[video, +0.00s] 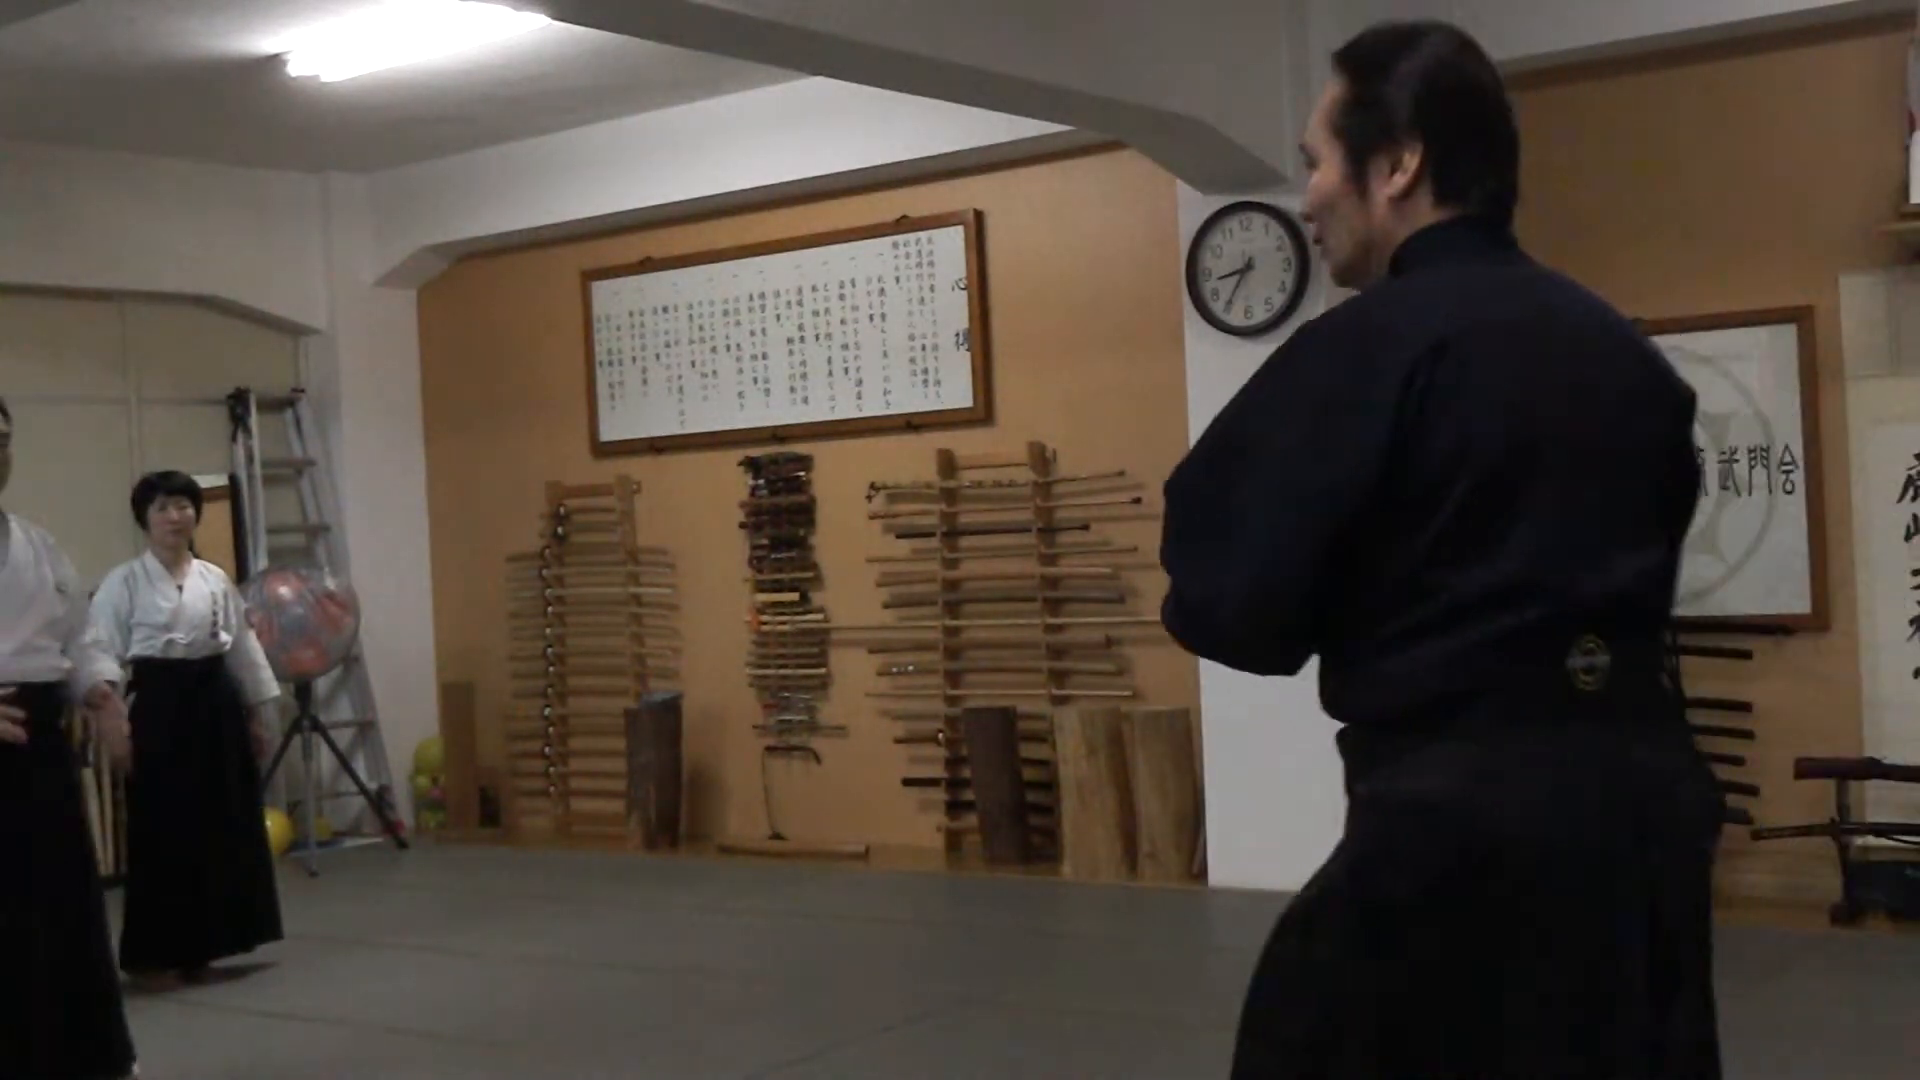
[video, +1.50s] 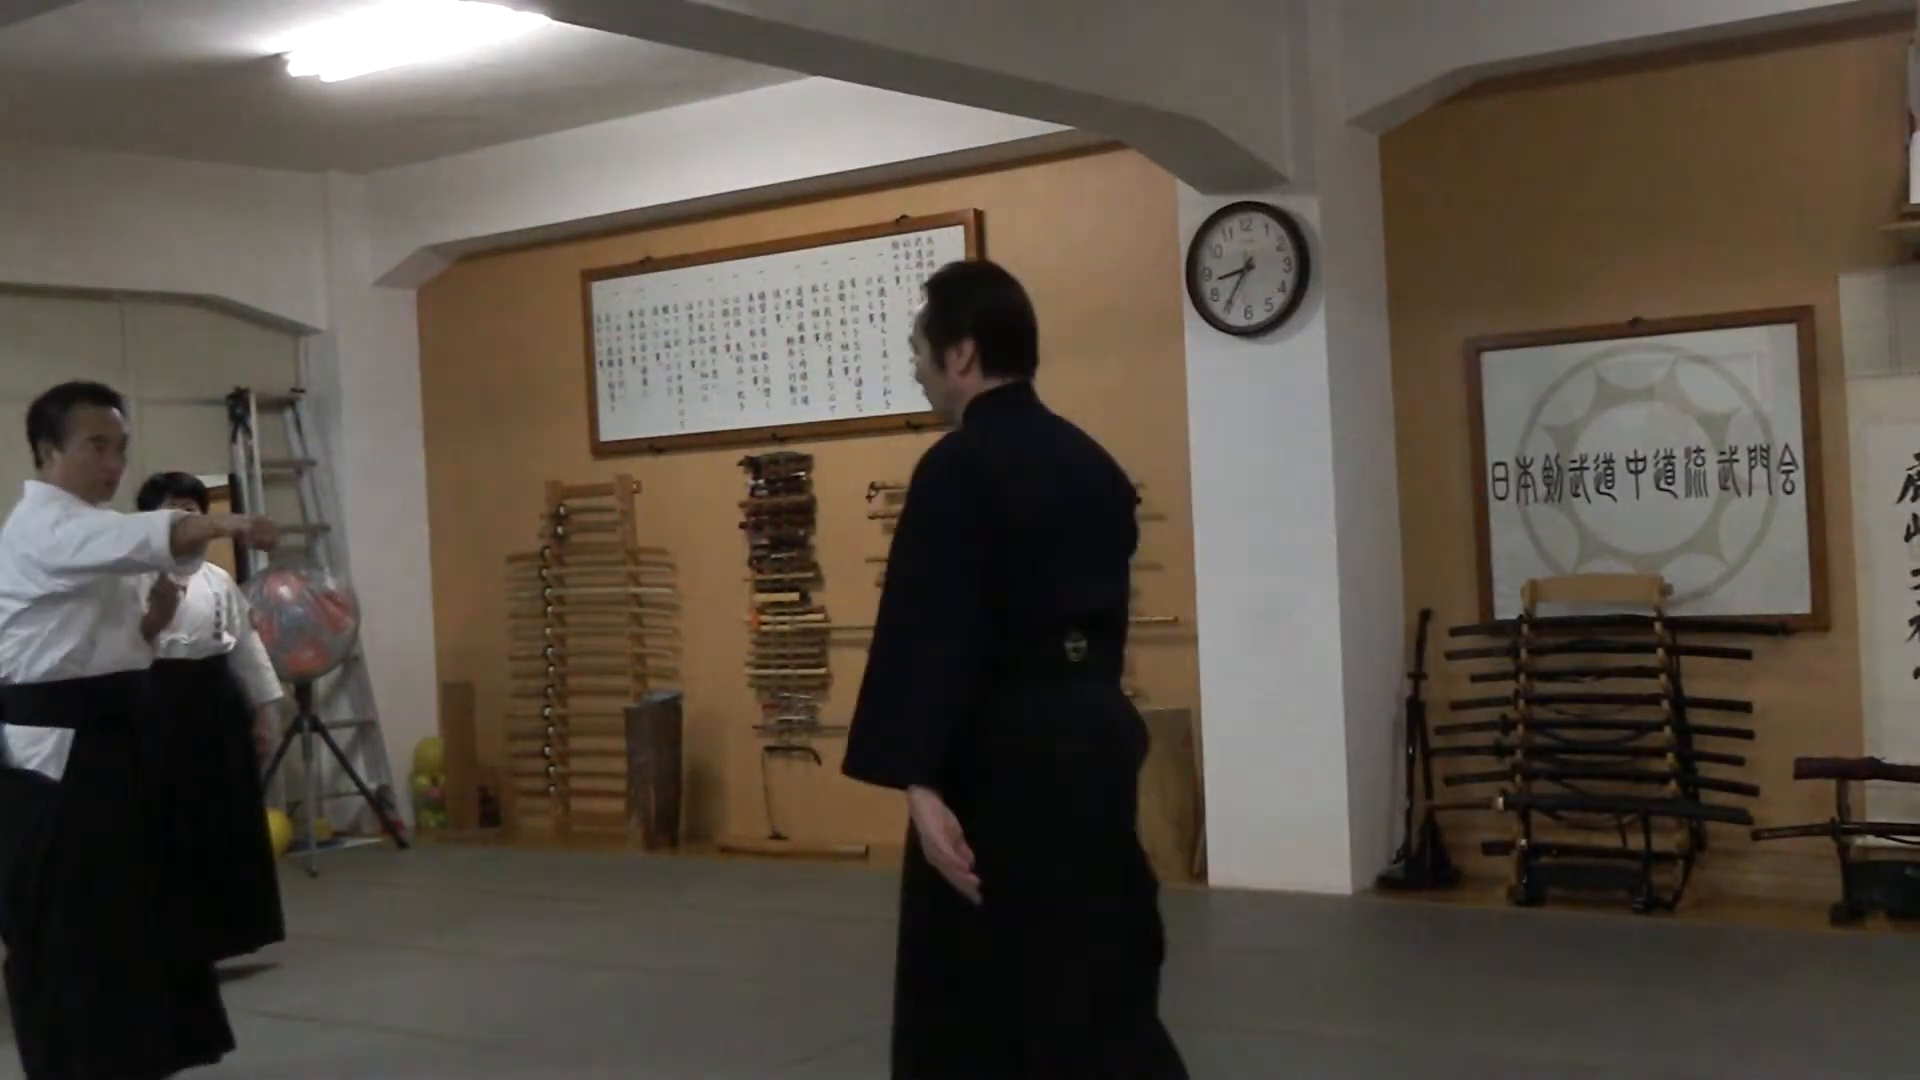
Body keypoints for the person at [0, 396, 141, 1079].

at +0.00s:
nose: (3, 446)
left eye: (6, 434)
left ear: (13, 447)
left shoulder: (34, 544)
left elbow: (79, 637)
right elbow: (79, 640)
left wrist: (104, 695)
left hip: (44, 727)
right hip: (16, 726)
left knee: (66, 896)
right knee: (31, 901)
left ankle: (94, 1052)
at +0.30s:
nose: (61, 450)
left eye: (71, 439)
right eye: (42, 438)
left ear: (81, 452)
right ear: (5, 451)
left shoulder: (102, 547)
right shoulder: (3, 535)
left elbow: (135, 657)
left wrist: (168, 745)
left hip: (99, 730)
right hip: (21, 732)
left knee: (111, 903)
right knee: (33, 910)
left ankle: (117, 1056)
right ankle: (38, 1057)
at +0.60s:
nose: (113, 452)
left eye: (123, 440)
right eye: (95, 437)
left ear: (132, 453)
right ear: (53, 449)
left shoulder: (147, 548)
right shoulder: (22, 541)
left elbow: (178, 663)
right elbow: (2, 657)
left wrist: (200, 756)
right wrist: (51, 720)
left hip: (142, 739)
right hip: (54, 742)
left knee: (148, 905)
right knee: (62, 913)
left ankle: (144, 1056)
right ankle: (64, 1059)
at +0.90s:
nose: (131, 450)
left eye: (140, 439)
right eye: (113, 436)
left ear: (147, 453)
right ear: (69, 449)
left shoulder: (162, 551)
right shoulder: (31, 544)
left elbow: (190, 664)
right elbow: (5, 653)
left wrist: (216, 753)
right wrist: (62, 715)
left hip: (155, 746)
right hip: (65, 748)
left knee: (162, 916)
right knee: (72, 922)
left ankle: (161, 1061)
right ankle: (75, 1063)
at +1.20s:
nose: (117, 456)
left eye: (125, 443)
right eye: (99, 441)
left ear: (132, 452)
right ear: (54, 449)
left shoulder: (135, 540)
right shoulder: (28, 532)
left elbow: (159, 652)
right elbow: (10, 643)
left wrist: (207, 662)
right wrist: (81, 611)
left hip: (140, 748)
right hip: (59, 753)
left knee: (148, 920)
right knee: (69, 930)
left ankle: (149, 1059)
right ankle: (77, 1064)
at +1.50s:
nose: (116, 461)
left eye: (121, 447)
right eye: (99, 445)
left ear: (122, 452)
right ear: (49, 451)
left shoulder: (91, 528)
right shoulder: (40, 523)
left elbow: (127, 637)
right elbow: (135, 536)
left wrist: (164, 593)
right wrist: (227, 526)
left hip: (104, 731)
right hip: (49, 739)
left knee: (120, 909)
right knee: (69, 923)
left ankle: (128, 1057)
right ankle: (79, 1062)